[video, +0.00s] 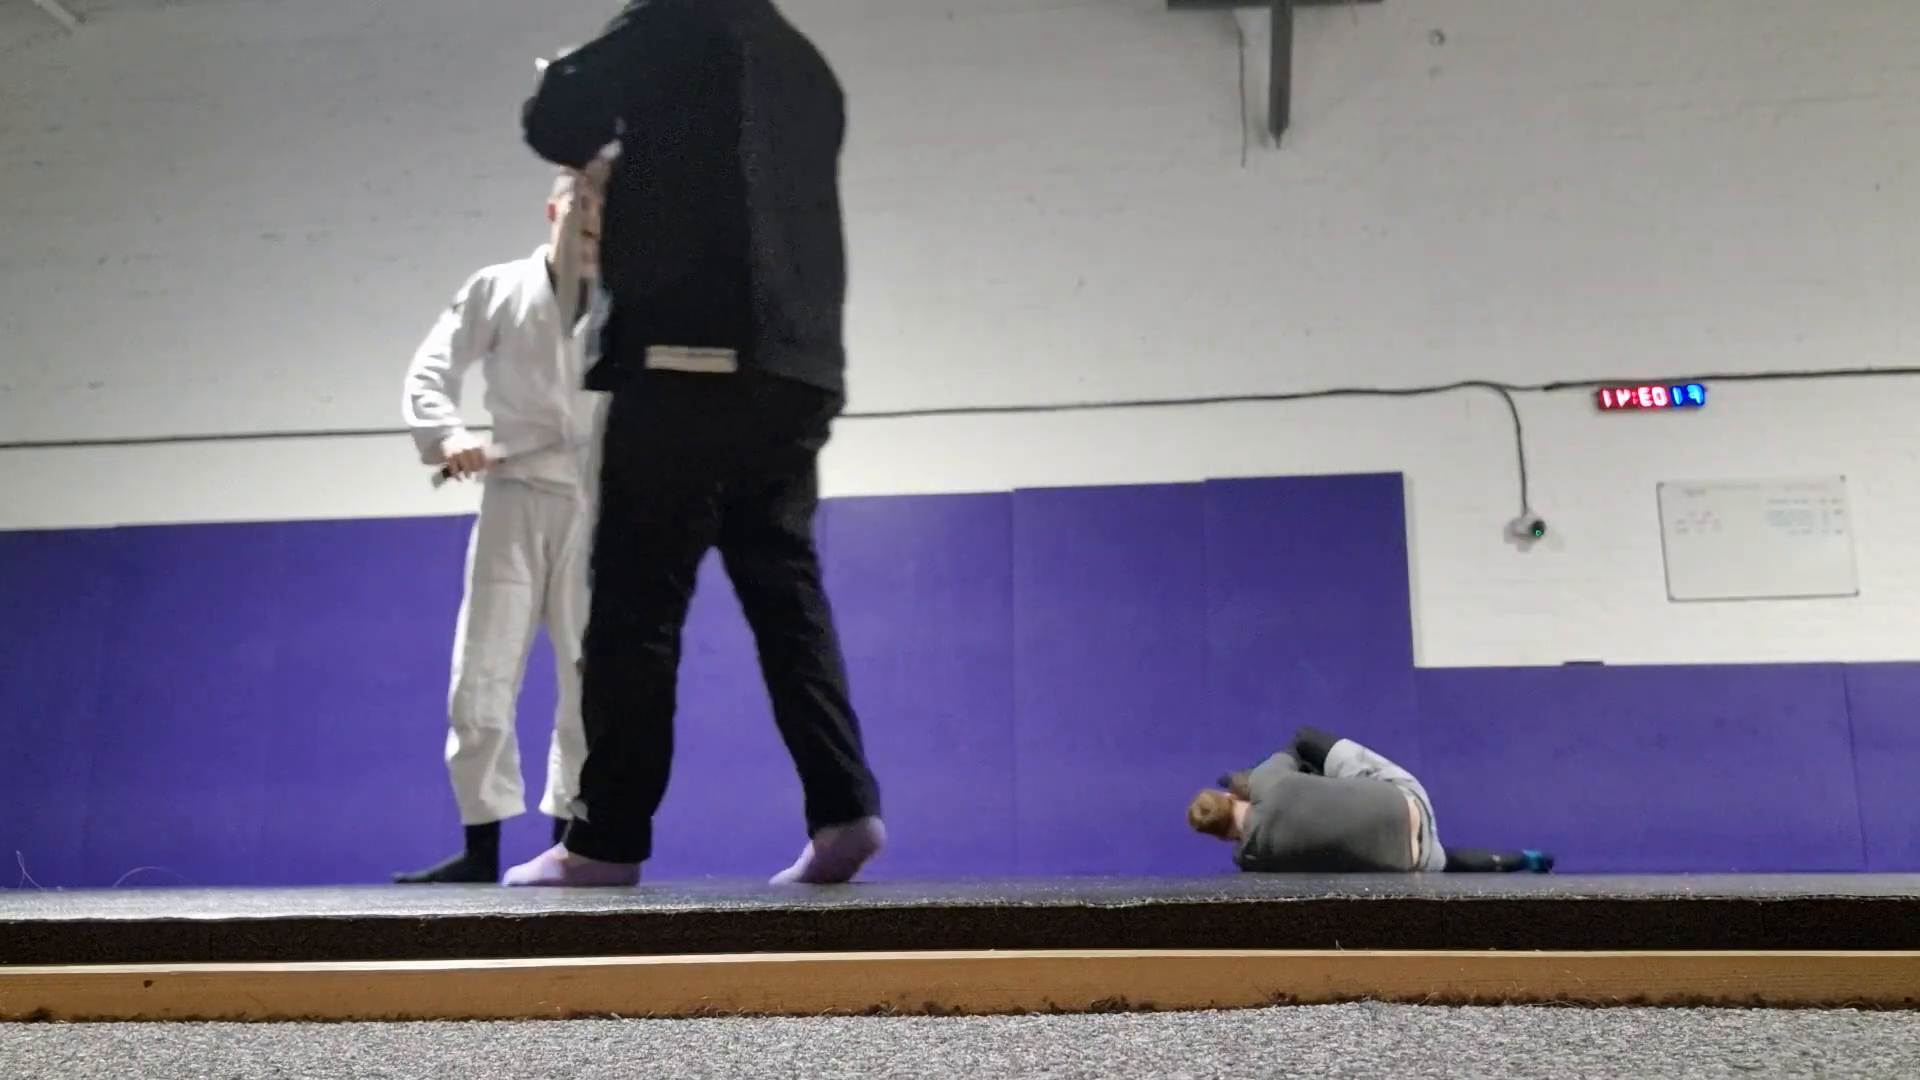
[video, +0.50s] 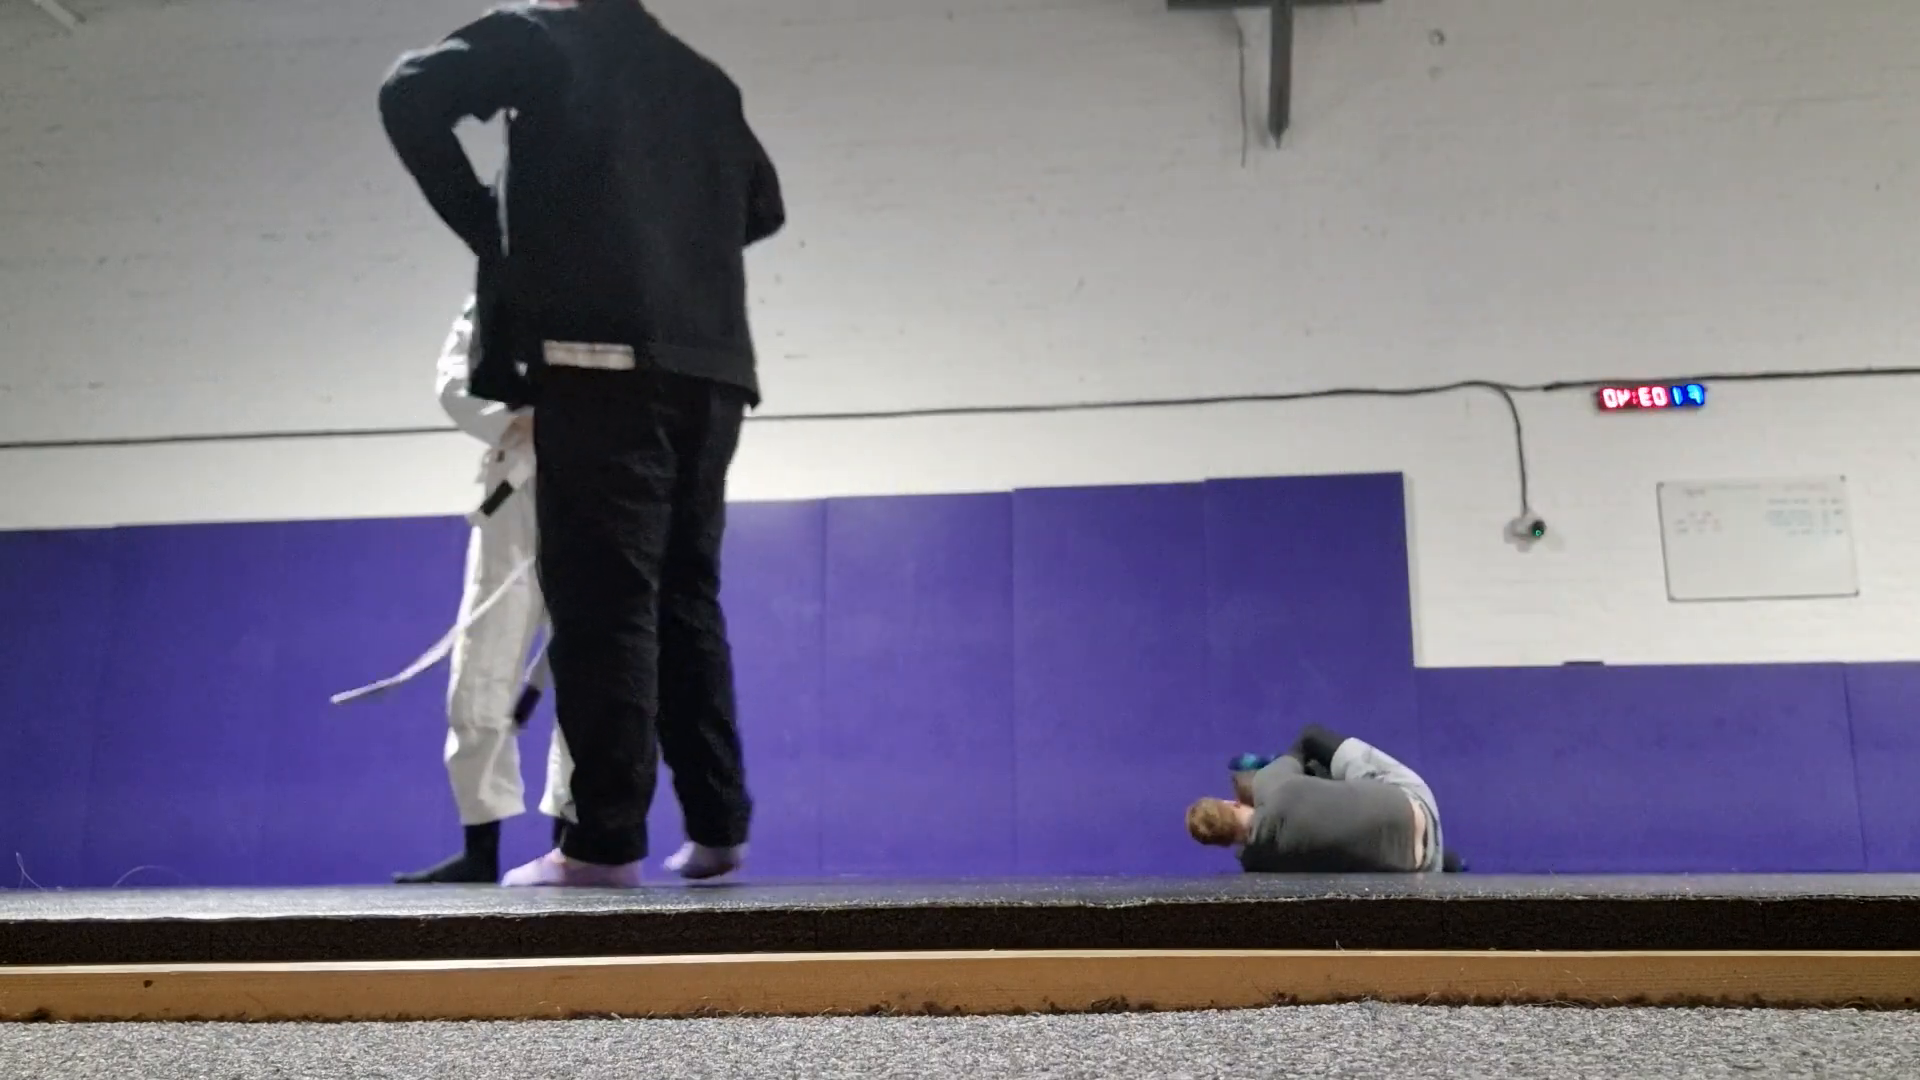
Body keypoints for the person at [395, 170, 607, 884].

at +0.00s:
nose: (587, 231)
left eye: (600, 220)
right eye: (577, 213)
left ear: (618, 231)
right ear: (552, 213)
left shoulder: (630, 299)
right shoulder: (499, 289)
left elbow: (656, 389)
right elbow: (428, 376)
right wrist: (446, 438)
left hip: (597, 504)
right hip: (514, 498)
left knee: (589, 670)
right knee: (484, 670)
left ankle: (578, 840)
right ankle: (481, 848)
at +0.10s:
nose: (571, 204)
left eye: (585, 191)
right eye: (563, 189)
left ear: (612, 205)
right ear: (546, 200)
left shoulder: (631, 290)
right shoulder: (499, 290)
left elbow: (657, 391)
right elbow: (431, 376)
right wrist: (454, 434)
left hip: (598, 509)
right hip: (514, 501)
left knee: (587, 677)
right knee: (480, 675)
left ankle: (577, 842)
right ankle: (480, 849)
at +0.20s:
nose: (569, 235)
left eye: (587, 225)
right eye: (563, 222)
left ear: (611, 232)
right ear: (547, 223)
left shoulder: (633, 298)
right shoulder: (502, 290)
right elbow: (434, 376)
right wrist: (472, 429)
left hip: (598, 510)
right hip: (518, 500)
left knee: (588, 676)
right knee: (482, 671)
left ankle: (576, 842)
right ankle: (480, 849)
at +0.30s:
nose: (555, 242)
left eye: (569, 233)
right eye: (548, 231)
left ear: (594, 239)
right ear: (533, 231)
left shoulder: (618, 298)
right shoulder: (496, 290)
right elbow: (441, 379)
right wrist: (502, 420)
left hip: (590, 506)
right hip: (517, 501)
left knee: (583, 678)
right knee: (481, 673)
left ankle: (578, 844)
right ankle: (480, 850)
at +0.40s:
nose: (549, 242)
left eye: (562, 233)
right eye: (538, 229)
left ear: (590, 236)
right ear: (523, 229)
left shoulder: (616, 298)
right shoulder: (500, 285)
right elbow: (450, 376)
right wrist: (507, 419)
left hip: (595, 495)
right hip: (517, 488)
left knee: (581, 672)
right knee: (482, 672)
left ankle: (576, 842)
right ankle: (480, 850)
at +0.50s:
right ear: (520, 244)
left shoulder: (615, 321)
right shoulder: (499, 295)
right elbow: (454, 385)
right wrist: (514, 422)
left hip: (597, 493)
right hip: (517, 486)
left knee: (586, 667)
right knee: (483, 661)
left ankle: (575, 842)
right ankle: (480, 848)